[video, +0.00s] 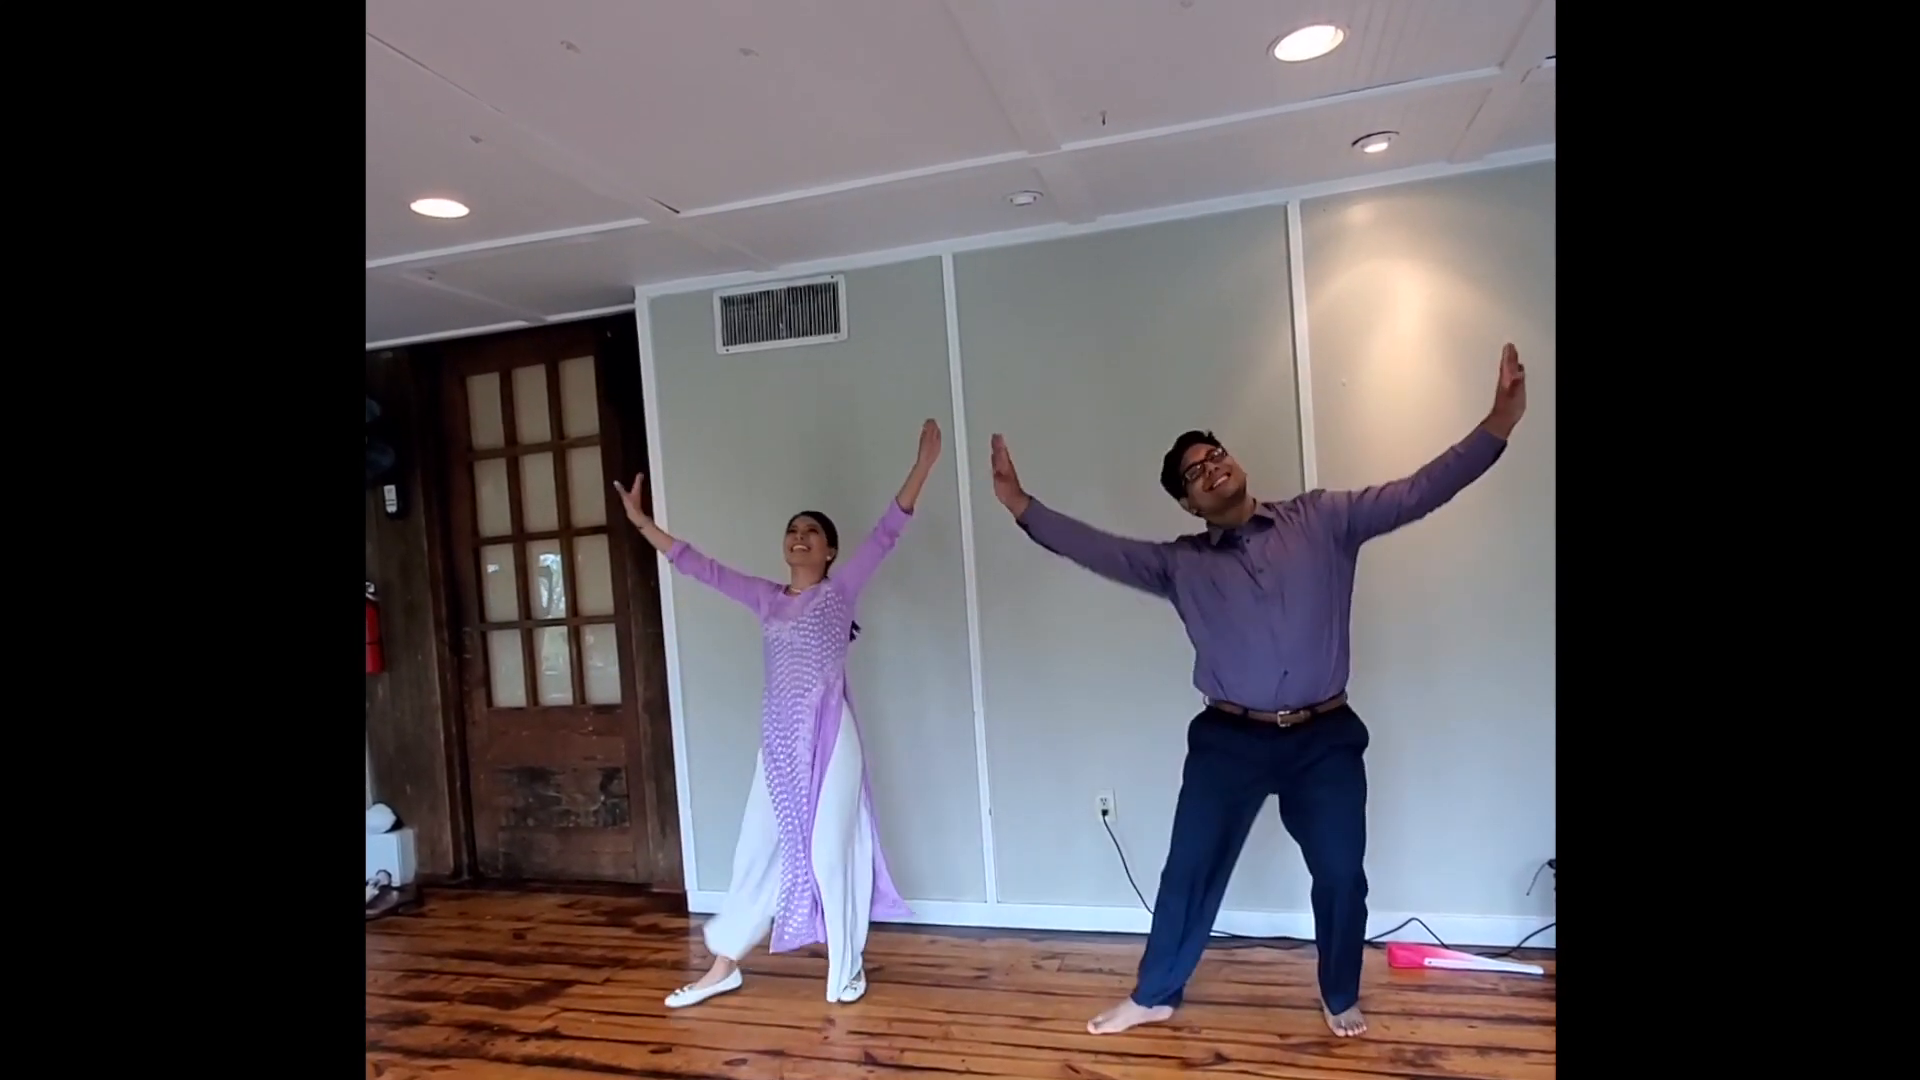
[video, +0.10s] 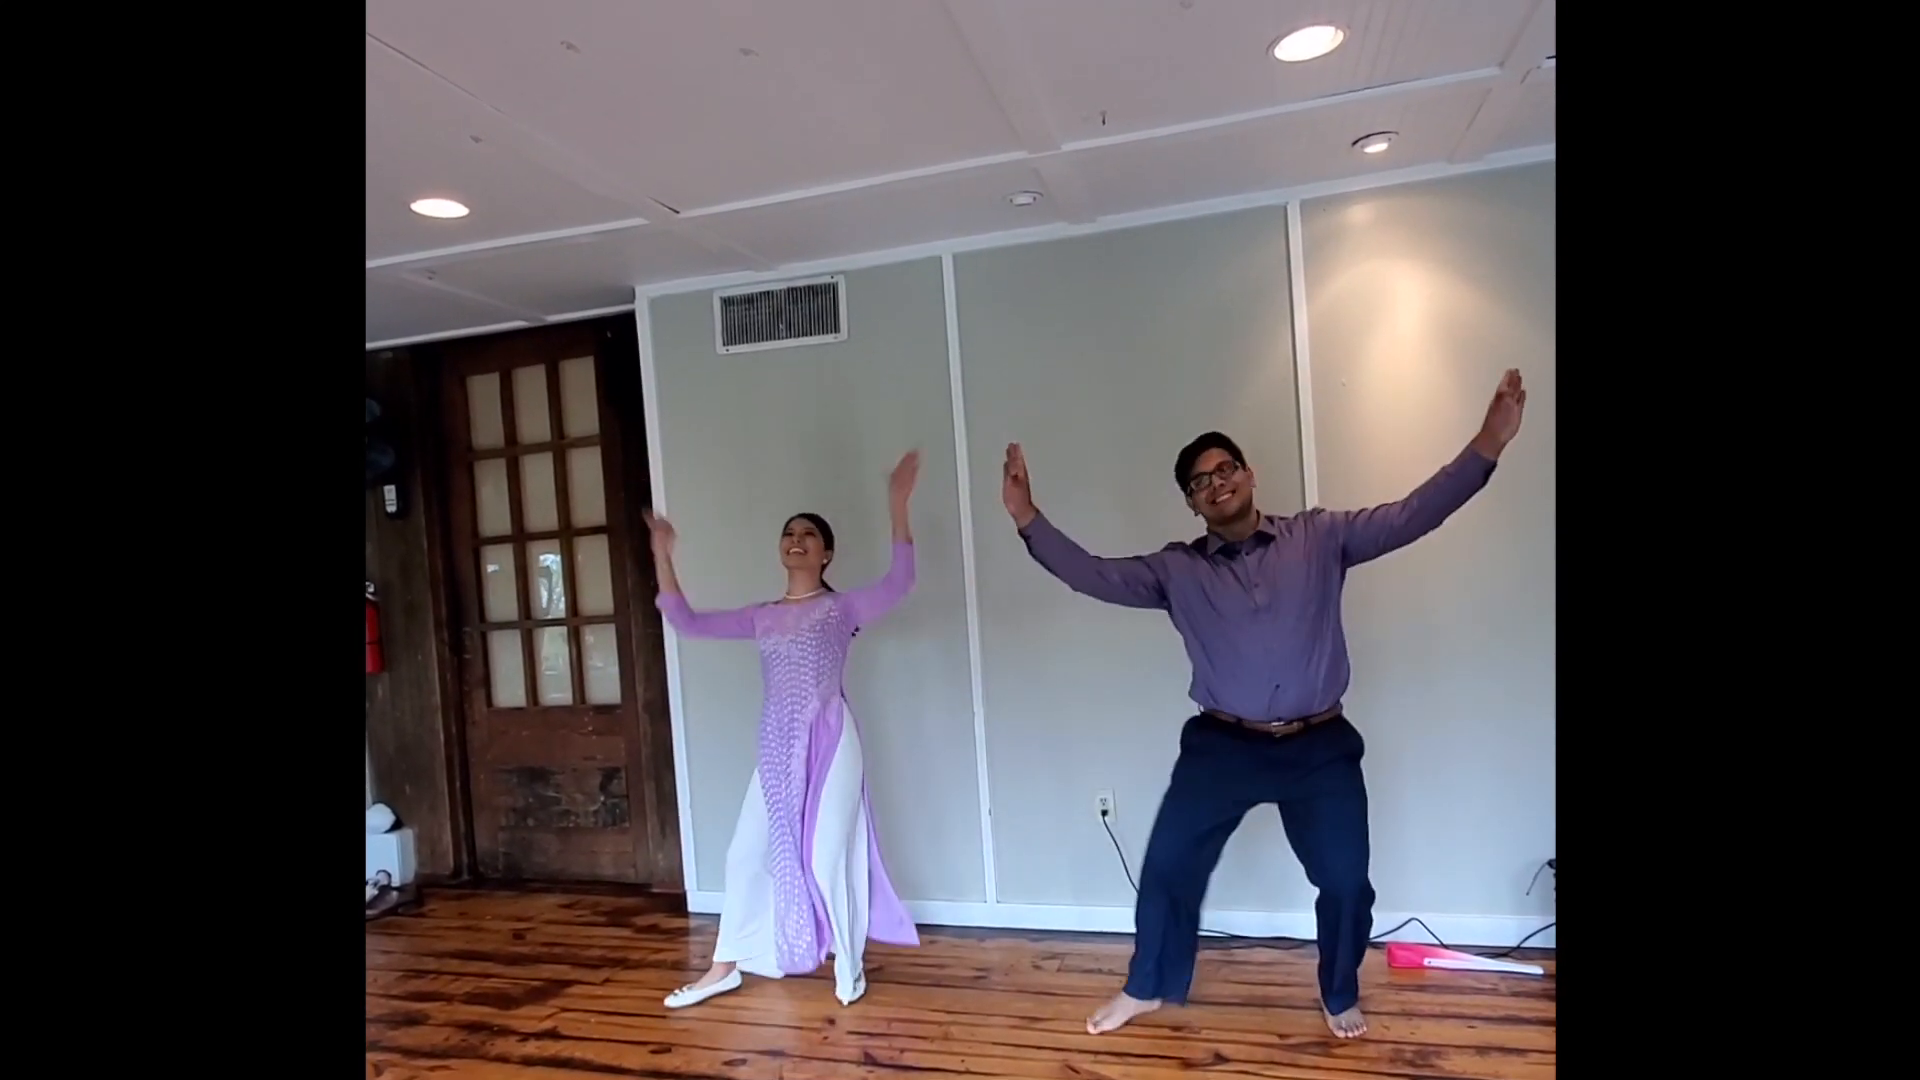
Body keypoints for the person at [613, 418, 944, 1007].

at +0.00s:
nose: (799, 540)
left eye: (810, 534)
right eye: (792, 534)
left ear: (830, 550)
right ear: (783, 549)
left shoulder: (838, 590)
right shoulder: (769, 598)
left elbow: (887, 532)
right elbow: (702, 566)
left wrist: (921, 468)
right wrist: (642, 521)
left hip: (831, 735)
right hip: (779, 738)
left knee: (832, 849)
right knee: (756, 849)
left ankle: (846, 963)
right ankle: (724, 966)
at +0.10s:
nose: (796, 540)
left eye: (807, 535)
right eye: (789, 535)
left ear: (827, 552)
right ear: (779, 551)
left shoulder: (841, 607)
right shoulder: (761, 616)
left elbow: (900, 581)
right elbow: (685, 621)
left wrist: (899, 507)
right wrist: (663, 557)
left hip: (831, 743)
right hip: (777, 748)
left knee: (828, 852)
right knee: (745, 853)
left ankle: (848, 963)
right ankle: (724, 966)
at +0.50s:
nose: (773, 561)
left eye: (782, 550)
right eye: (762, 551)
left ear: (801, 543)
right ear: (750, 546)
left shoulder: (824, 593)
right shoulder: (738, 597)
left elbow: (841, 664)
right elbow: (735, 662)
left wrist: (817, 717)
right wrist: (754, 710)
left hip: (816, 718)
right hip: (762, 721)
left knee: (816, 816)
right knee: (780, 822)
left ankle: (836, 898)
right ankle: (792, 947)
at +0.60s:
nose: (769, 583)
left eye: (780, 572)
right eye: (759, 573)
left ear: (798, 570)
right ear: (748, 570)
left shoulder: (821, 621)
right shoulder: (733, 625)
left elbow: (871, 687)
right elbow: (702, 696)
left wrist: (812, 718)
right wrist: (760, 719)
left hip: (812, 747)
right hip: (757, 754)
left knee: (831, 795)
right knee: (761, 863)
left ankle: (832, 838)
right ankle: (803, 958)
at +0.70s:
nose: (765, 586)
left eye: (776, 576)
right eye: (756, 576)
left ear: (795, 579)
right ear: (747, 579)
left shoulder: (817, 629)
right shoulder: (732, 634)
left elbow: (871, 682)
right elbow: (695, 697)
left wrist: (810, 668)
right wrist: (744, 674)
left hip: (811, 750)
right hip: (758, 761)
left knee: (837, 791)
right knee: (759, 864)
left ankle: (855, 845)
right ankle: (798, 959)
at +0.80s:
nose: (762, 579)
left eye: (773, 570)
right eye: (753, 571)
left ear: (792, 575)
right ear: (745, 577)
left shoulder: (817, 629)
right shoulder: (731, 632)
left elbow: (851, 691)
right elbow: (712, 695)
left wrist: (816, 654)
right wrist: (746, 659)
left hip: (812, 752)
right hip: (756, 761)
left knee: (851, 813)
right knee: (760, 863)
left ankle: (885, 899)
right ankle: (791, 965)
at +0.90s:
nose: (763, 575)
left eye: (774, 566)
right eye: (754, 566)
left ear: (793, 571)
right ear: (745, 573)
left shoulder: (819, 629)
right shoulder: (731, 632)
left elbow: (830, 698)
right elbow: (731, 697)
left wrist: (812, 700)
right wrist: (755, 695)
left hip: (811, 757)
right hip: (755, 763)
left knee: (857, 845)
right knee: (763, 865)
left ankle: (912, 948)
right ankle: (781, 969)